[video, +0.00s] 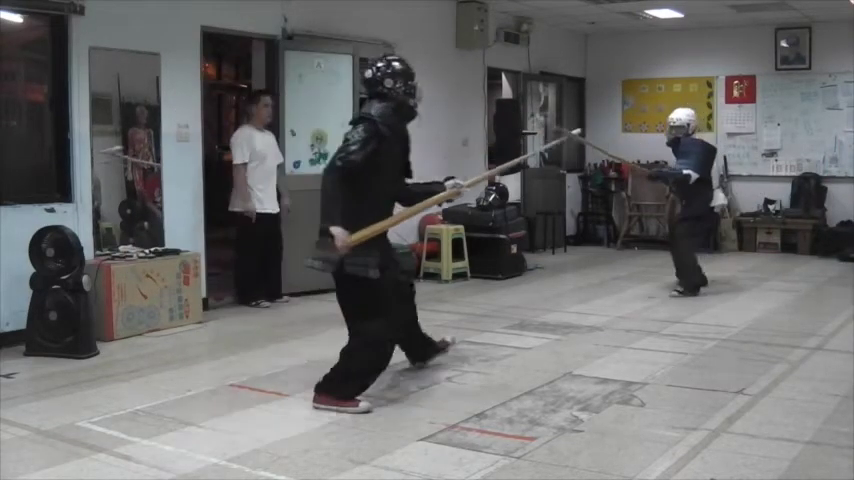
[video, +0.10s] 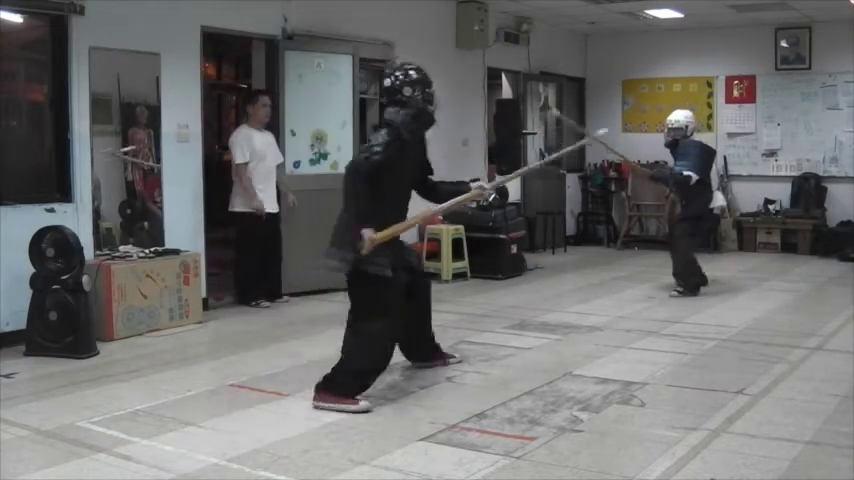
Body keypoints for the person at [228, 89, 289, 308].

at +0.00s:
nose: (270, 111)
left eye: (271, 106)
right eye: (265, 106)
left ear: (270, 110)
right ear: (252, 109)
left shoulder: (269, 136)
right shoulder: (242, 135)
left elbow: (272, 172)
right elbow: (239, 171)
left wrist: (282, 196)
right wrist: (246, 201)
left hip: (270, 206)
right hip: (250, 207)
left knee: (273, 252)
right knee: (250, 254)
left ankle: (273, 292)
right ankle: (249, 295)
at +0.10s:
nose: (268, 110)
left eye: (270, 106)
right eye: (264, 106)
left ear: (270, 110)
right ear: (251, 109)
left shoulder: (269, 136)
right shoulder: (241, 136)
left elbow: (272, 172)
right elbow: (240, 172)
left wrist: (285, 192)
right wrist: (255, 200)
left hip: (269, 207)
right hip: (247, 208)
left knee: (271, 253)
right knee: (249, 254)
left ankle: (273, 292)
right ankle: (249, 295)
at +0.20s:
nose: (268, 110)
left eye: (269, 107)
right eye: (263, 106)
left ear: (269, 110)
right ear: (250, 109)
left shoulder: (268, 137)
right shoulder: (240, 135)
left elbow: (277, 168)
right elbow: (241, 170)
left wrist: (290, 188)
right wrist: (259, 196)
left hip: (269, 206)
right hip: (246, 208)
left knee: (273, 250)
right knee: (249, 252)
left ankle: (273, 292)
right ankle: (249, 295)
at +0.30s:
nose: (267, 110)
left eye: (269, 107)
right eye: (263, 106)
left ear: (269, 110)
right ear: (250, 109)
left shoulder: (268, 136)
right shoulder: (240, 135)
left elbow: (277, 167)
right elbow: (242, 170)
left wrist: (290, 188)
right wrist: (261, 196)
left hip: (269, 206)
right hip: (247, 208)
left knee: (273, 250)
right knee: (250, 252)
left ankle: (273, 292)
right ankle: (249, 296)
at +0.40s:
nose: (268, 109)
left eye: (269, 106)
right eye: (264, 105)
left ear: (269, 109)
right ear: (250, 108)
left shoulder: (269, 135)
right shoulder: (241, 135)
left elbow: (277, 167)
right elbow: (242, 169)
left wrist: (287, 188)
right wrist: (260, 197)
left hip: (270, 206)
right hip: (248, 208)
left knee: (273, 250)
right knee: (250, 252)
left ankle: (272, 292)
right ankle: (250, 295)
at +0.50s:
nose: (269, 109)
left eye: (270, 105)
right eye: (264, 105)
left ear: (270, 108)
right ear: (251, 108)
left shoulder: (271, 135)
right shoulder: (241, 135)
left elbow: (280, 165)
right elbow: (242, 168)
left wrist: (287, 190)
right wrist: (257, 198)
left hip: (271, 206)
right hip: (249, 208)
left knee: (274, 252)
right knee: (251, 253)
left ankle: (272, 292)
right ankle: (251, 295)